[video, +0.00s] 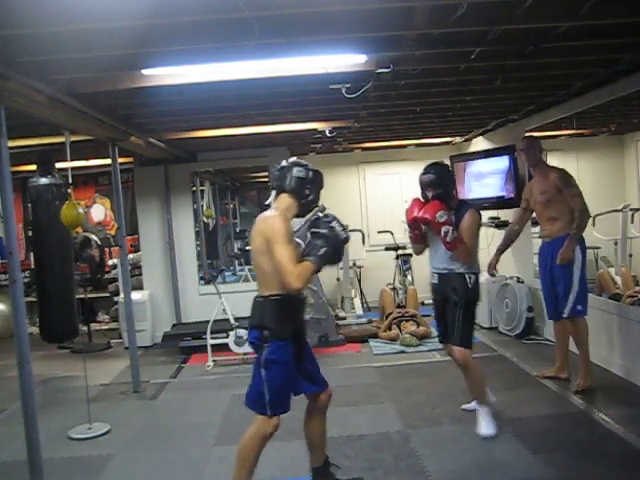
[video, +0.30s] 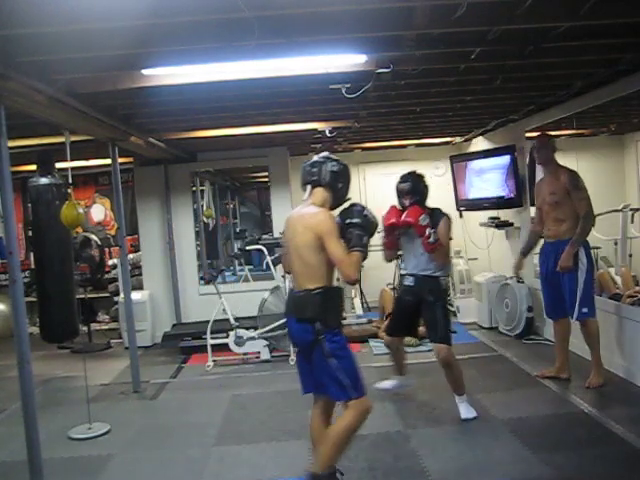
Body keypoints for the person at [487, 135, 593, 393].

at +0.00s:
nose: (524, 156)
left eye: (528, 150)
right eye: (522, 151)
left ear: (540, 151)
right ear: (521, 155)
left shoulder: (559, 176)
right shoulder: (529, 188)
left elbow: (583, 212)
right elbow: (517, 224)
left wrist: (571, 244)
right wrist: (498, 253)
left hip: (569, 246)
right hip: (547, 248)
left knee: (572, 312)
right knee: (556, 313)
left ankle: (585, 372)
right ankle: (560, 367)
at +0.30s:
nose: (537, 154)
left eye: (541, 149)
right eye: (535, 150)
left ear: (553, 151)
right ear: (534, 155)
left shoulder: (569, 177)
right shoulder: (538, 186)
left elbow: (588, 217)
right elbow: (538, 225)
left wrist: (570, 250)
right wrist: (522, 254)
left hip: (574, 250)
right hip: (549, 251)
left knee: (584, 312)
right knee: (557, 313)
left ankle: (597, 368)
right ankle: (561, 367)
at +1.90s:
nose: (514, 161)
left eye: (518, 156)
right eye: (512, 157)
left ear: (533, 154)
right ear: (515, 159)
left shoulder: (550, 177)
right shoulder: (526, 180)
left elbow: (586, 199)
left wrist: (563, 231)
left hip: (551, 251)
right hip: (532, 251)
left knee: (555, 315)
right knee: (544, 313)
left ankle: (561, 378)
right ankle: (563, 364)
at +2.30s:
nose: (519, 160)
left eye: (523, 154)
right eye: (517, 155)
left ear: (539, 154)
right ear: (520, 157)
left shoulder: (552, 179)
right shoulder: (529, 179)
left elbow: (590, 207)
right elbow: (536, 210)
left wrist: (565, 237)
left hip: (554, 254)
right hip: (532, 252)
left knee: (559, 315)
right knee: (530, 311)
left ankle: (562, 378)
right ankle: (554, 358)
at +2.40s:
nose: (519, 160)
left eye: (524, 155)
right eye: (518, 155)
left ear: (540, 155)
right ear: (519, 157)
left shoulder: (553, 180)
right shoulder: (529, 179)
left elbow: (591, 210)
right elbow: (537, 212)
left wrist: (566, 238)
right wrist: (533, 237)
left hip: (554, 255)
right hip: (531, 253)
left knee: (559, 315)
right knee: (528, 310)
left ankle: (562, 379)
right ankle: (550, 358)